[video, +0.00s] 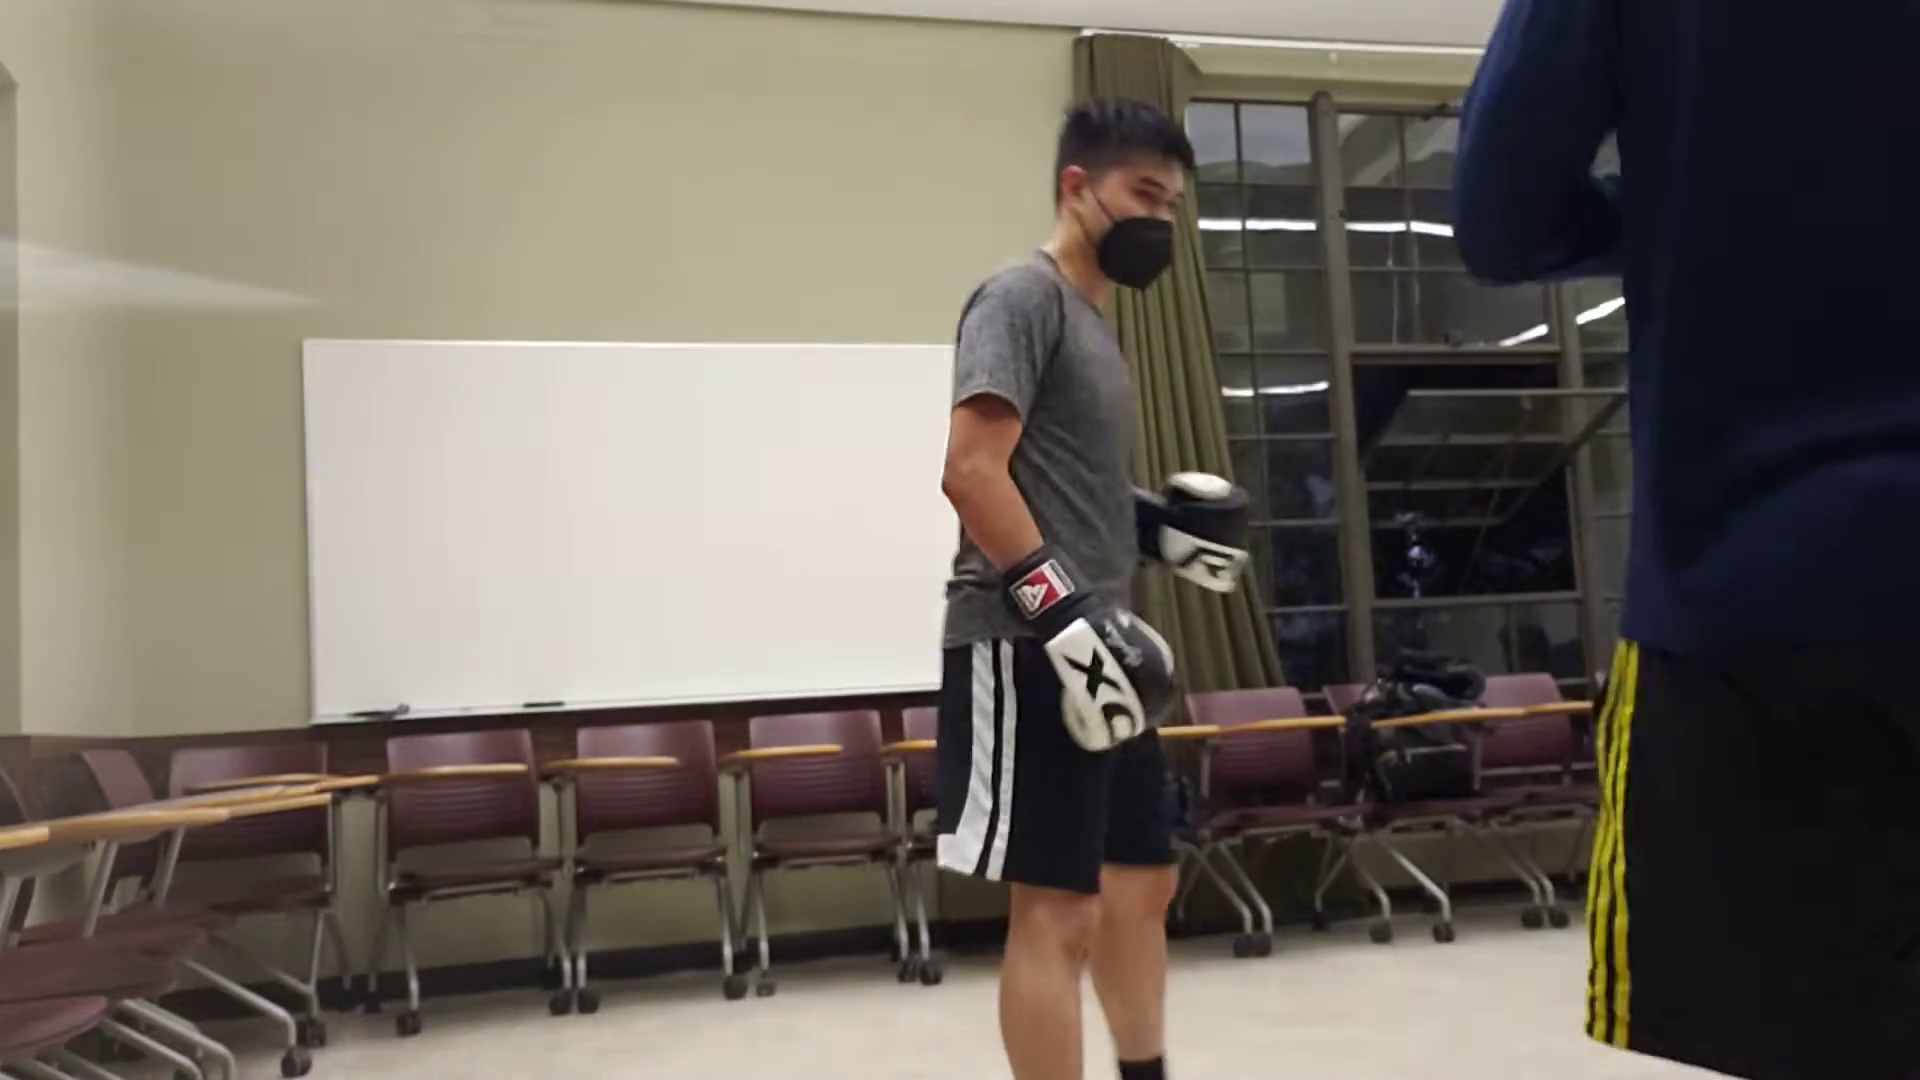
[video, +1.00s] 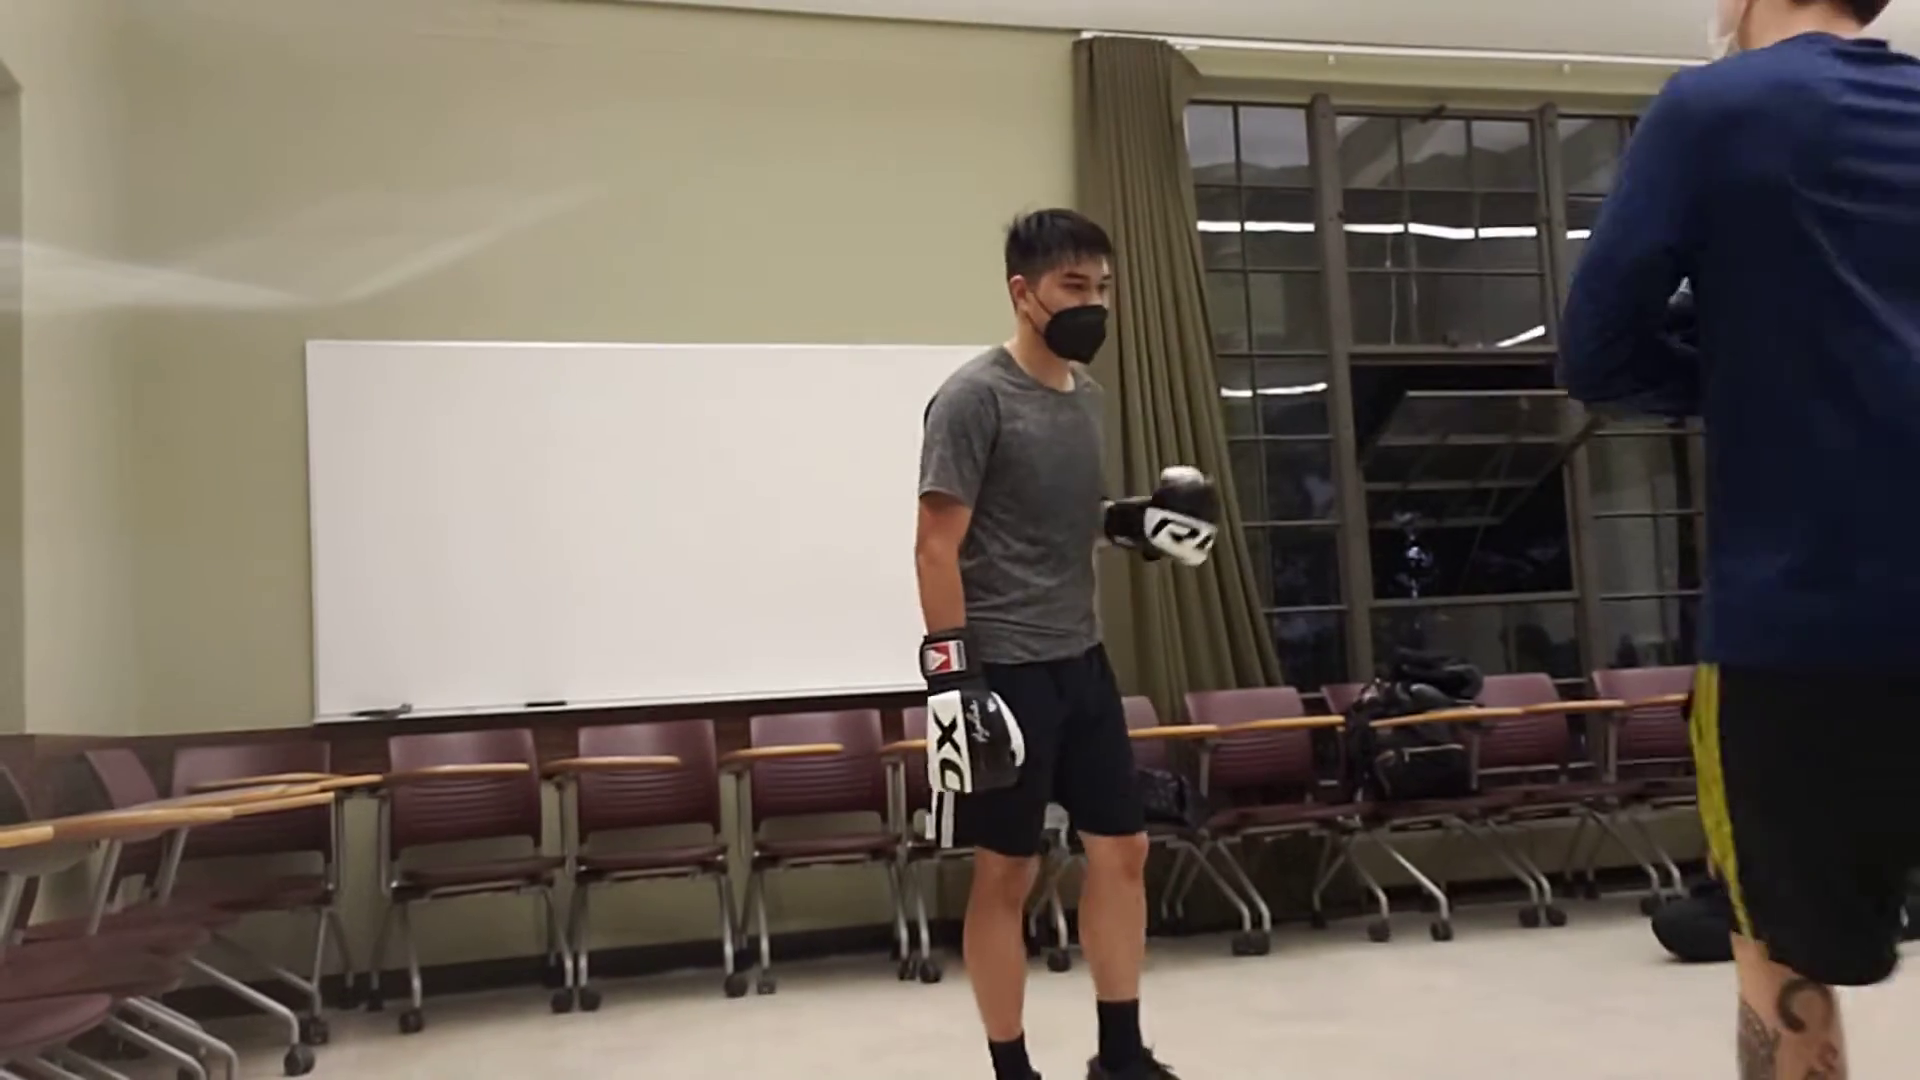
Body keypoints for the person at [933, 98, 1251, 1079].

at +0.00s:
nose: (1161, 219)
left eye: (1171, 203)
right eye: (1144, 192)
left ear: (1171, 209)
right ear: (1076, 186)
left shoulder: (1090, 321)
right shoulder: (1022, 297)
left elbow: (1057, 492)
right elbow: (970, 472)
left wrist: (1150, 521)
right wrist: (1061, 616)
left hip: (1099, 638)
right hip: (1025, 644)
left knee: (1139, 878)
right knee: (1054, 912)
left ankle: (1145, 1076)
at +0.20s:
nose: (1189, 251)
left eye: (1204, 238)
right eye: (1170, 226)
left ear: (1211, 250)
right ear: (1114, 225)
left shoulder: (1167, 376)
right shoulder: (1040, 328)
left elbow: (1151, 527)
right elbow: (967, 488)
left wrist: (1228, 533)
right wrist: (1040, 602)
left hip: (1139, 653)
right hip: (1047, 651)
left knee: (1149, 893)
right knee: (1074, 901)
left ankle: (1152, 1077)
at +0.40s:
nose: (1185, 256)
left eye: (1200, 244)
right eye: (1167, 234)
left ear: (1211, 256)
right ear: (1114, 232)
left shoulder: (1191, 369)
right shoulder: (1035, 339)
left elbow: (1221, 511)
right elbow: (963, 487)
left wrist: (1271, 498)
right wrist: (1031, 583)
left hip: (1149, 646)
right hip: (1051, 642)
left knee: (1157, 881)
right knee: (1083, 880)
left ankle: (1157, 1076)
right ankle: (1033, 1077)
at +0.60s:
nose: (1156, 274)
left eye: (1170, 263)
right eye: (1141, 252)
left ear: (1179, 276)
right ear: (1088, 250)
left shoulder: (1162, 383)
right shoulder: (1014, 365)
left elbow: (1166, 518)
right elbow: (971, 515)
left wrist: (1215, 525)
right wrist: (1030, 634)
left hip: (1136, 660)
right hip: (1040, 660)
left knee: (1152, 878)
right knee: (1042, 884)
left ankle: (1162, 1073)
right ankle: (1009, 1066)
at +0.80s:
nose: (1119, 302)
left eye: (1129, 286)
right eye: (1101, 283)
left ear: (1135, 292)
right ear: (1047, 285)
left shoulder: (1108, 396)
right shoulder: (989, 395)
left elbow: (1099, 528)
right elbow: (974, 555)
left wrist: (1138, 573)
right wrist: (998, 690)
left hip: (1102, 668)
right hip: (1021, 678)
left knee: (1138, 865)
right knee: (1023, 884)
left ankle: (1166, 1070)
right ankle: (1016, 1070)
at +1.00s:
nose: (1091, 301)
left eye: (1100, 287)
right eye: (1072, 285)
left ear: (1106, 292)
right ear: (1019, 290)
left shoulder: (1084, 396)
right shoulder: (971, 398)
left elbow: (1060, 518)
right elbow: (936, 546)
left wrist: (1131, 524)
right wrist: (950, 680)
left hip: (1080, 664)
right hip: (1000, 673)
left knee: (1122, 850)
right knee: (1006, 873)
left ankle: (1122, 1054)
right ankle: (1013, 1070)